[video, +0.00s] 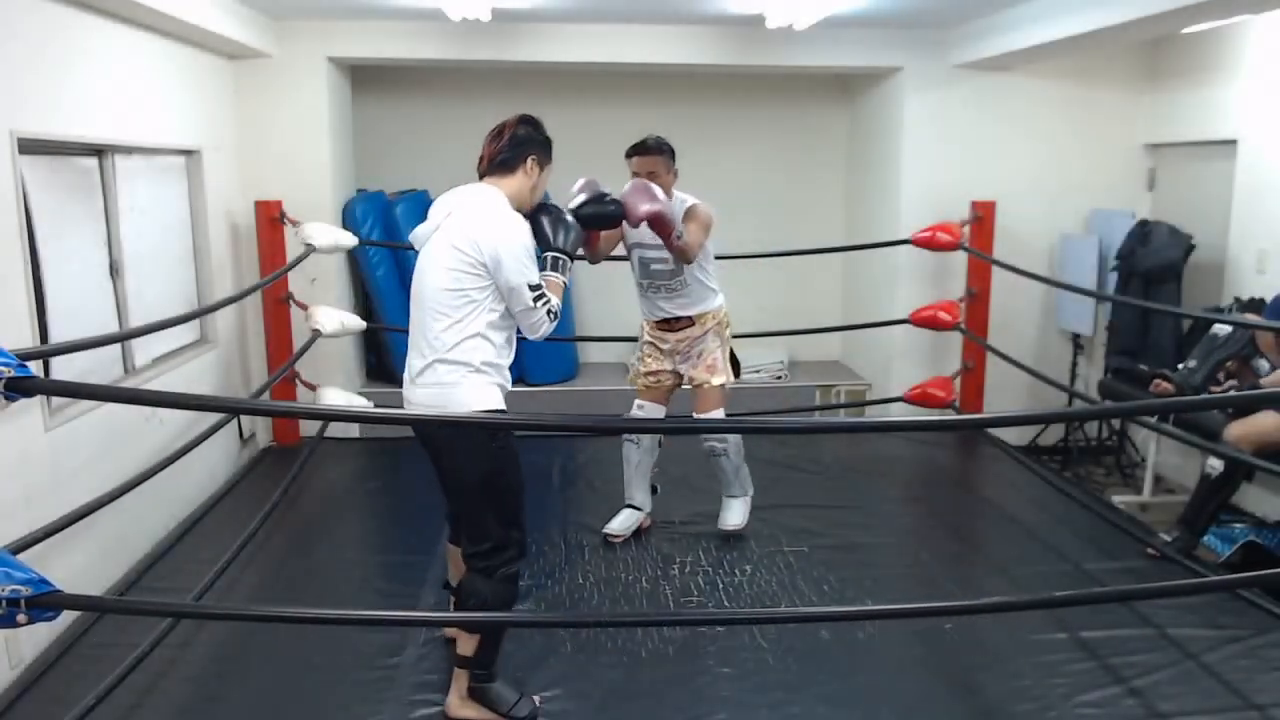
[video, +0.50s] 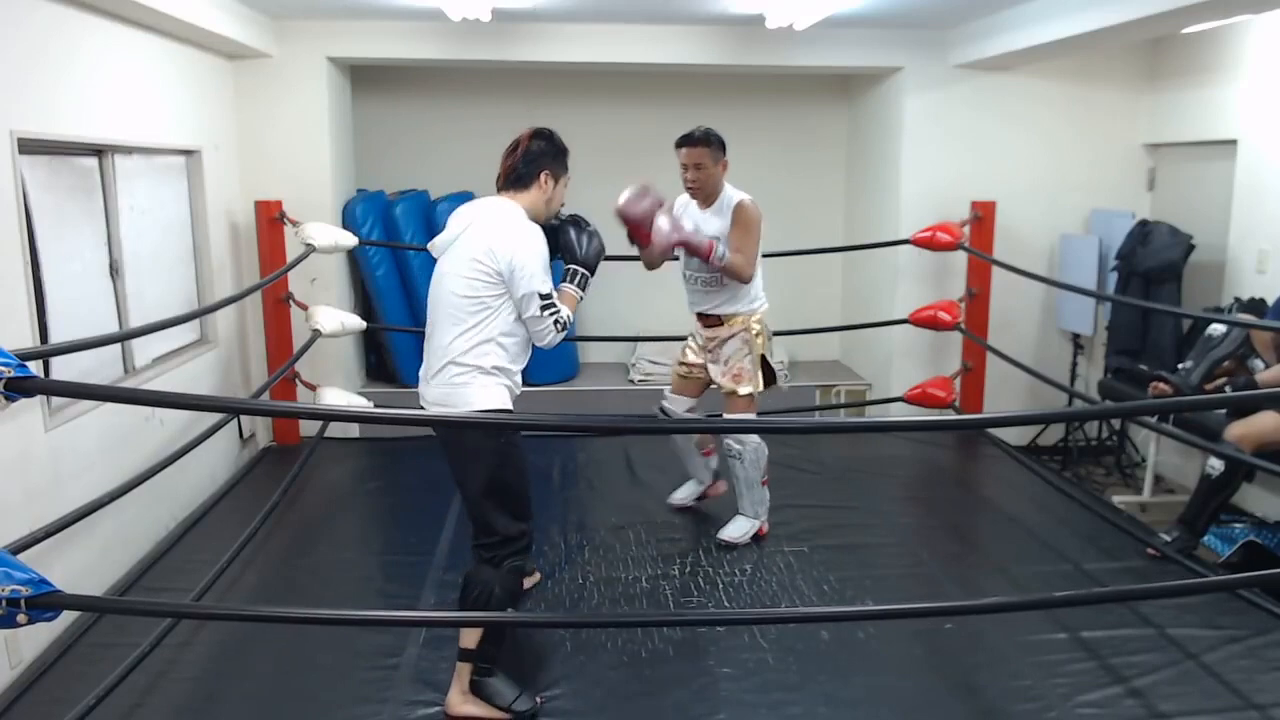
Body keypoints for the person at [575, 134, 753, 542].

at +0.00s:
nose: (645, 184)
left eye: (653, 176)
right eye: (637, 177)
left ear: (673, 174)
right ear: (629, 177)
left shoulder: (695, 211)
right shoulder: (627, 212)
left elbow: (688, 255)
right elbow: (595, 251)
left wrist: (663, 226)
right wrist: (590, 211)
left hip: (703, 329)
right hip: (656, 333)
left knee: (709, 420)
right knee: (642, 419)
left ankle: (736, 496)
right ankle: (637, 505)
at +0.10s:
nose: (650, 181)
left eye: (659, 173)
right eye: (643, 173)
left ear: (679, 172)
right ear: (635, 173)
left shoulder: (699, 209)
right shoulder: (631, 209)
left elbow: (705, 256)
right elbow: (598, 254)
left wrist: (679, 234)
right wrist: (597, 212)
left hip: (706, 328)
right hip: (660, 333)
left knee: (715, 421)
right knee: (644, 420)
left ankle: (748, 502)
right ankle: (637, 506)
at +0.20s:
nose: (660, 178)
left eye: (670, 170)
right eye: (654, 169)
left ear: (691, 170)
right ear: (647, 170)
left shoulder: (711, 210)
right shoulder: (640, 210)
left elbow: (725, 268)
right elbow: (612, 265)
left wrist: (687, 253)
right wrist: (602, 244)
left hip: (714, 328)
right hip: (668, 332)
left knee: (724, 427)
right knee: (647, 422)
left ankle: (753, 510)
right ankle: (637, 505)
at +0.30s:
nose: (676, 178)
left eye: (686, 169)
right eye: (669, 169)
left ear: (707, 170)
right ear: (663, 170)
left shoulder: (726, 216)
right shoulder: (656, 214)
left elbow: (737, 277)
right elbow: (635, 263)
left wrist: (689, 284)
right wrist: (625, 282)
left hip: (726, 334)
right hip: (681, 335)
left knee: (731, 431)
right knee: (653, 417)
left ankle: (753, 514)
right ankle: (633, 500)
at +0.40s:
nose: (684, 179)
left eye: (693, 171)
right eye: (678, 171)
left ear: (717, 171)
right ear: (673, 171)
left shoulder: (737, 216)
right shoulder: (670, 214)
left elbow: (741, 280)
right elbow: (651, 263)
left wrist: (691, 279)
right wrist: (632, 264)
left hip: (738, 333)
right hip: (696, 334)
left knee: (734, 431)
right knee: (655, 406)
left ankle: (753, 516)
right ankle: (661, 491)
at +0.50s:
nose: (689, 176)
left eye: (698, 167)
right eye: (684, 168)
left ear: (723, 166)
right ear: (679, 168)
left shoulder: (743, 209)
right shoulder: (679, 207)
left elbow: (744, 270)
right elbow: (652, 260)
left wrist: (698, 245)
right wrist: (639, 226)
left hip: (742, 330)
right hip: (704, 331)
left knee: (737, 425)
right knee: (675, 409)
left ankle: (753, 514)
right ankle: (707, 476)